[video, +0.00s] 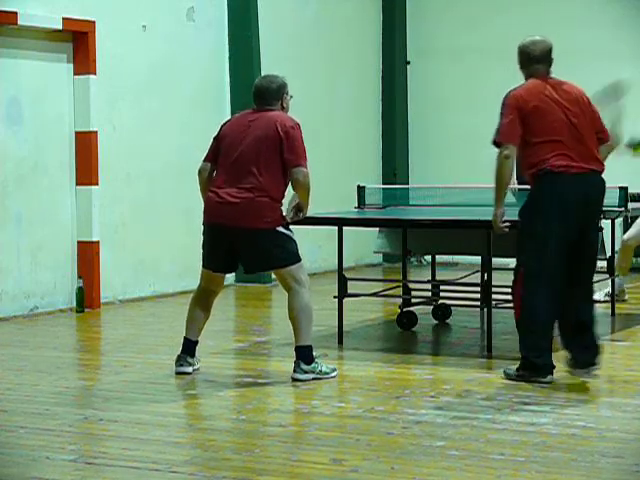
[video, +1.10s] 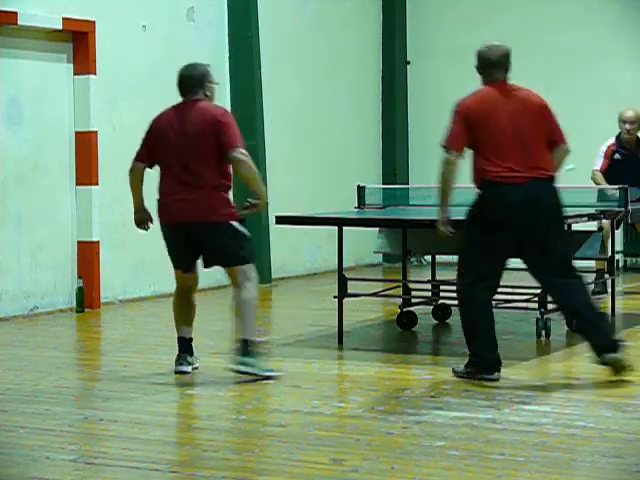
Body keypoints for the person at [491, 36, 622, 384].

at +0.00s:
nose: (523, 70)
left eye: (521, 65)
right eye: (534, 62)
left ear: (521, 65)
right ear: (550, 63)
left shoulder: (518, 97)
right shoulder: (576, 93)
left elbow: (507, 152)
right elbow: (607, 142)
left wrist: (499, 205)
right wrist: (581, 170)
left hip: (551, 189)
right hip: (591, 188)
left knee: (537, 273)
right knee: (577, 271)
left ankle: (536, 364)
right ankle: (584, 355)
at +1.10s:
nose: (484, 73)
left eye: (480, 68)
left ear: (479, 70)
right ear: (508, 68)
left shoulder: (469, 107)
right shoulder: (533, 101)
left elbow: (452, 159)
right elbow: (561, 148)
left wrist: (443, 212)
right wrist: (538, 180)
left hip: (496, 203)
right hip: (541, 200)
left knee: (474, 284)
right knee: (560, 275)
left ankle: (484, 364)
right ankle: (606, 346)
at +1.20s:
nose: (479, 65)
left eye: (475, 59)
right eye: (489, 60)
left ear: (469, 62)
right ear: (499, 61)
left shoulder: (452, 97)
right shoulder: (520, 95)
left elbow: (432, 146)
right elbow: (547, 141)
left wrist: (430, 195)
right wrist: (523, 171)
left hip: (472, 194)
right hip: (516, 192)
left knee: (469, 276)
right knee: (528, 268)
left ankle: (478, 359)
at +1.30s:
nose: (489, 66)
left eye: (476, 60)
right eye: (492, 60)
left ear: (465, 61)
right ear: (494, 61)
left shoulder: (444, 91)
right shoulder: (510, 96)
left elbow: (421, 139)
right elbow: (535, 145)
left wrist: (420, 187)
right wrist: (506, 171)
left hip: (448, 187)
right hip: (491, 188)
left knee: (447, 269)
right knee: (491, 270)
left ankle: (456, 343)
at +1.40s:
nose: (481, 78)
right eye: (485, 74)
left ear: (458, 72)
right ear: (487, 75)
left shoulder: (435, 101)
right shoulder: (500, 112)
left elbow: (407, 144)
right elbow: (520, 164)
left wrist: (403, 190)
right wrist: (488, 185)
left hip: (427, 197)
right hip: (470, 201)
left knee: (413, 265)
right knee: (471, 276)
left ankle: (406, 333)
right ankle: (470, 358)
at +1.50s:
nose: (461, 89)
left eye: (456, 82)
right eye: (466, 85)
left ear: (444, 83)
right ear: (470, 86)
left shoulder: (418, 110)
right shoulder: (481, 122)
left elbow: (387, 152)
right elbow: (498, 177)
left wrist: (377, 198)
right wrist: (466, 194)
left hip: (408, 204)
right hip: (453, 208)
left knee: (380, 273)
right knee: (471, 282)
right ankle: (470, 358)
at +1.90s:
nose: (451, 103)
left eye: (452, 98)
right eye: (451, 98)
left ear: (425, 92)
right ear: (445, 96)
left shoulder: (395, 115)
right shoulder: (437, 121)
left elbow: (376, 154)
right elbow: (439, 169)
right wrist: (465, 201)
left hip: (360, 200)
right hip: (400, 205)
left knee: (353, 277)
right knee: (438, 276)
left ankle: (312, 345)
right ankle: (457, 355)